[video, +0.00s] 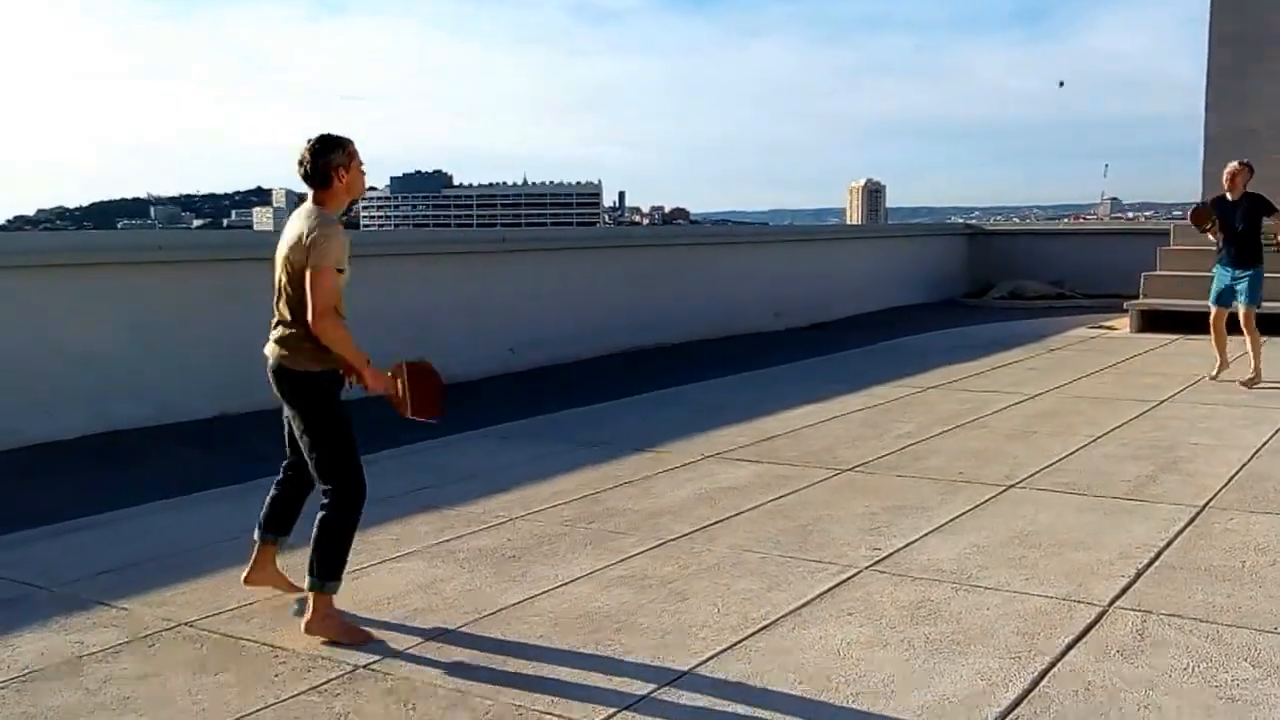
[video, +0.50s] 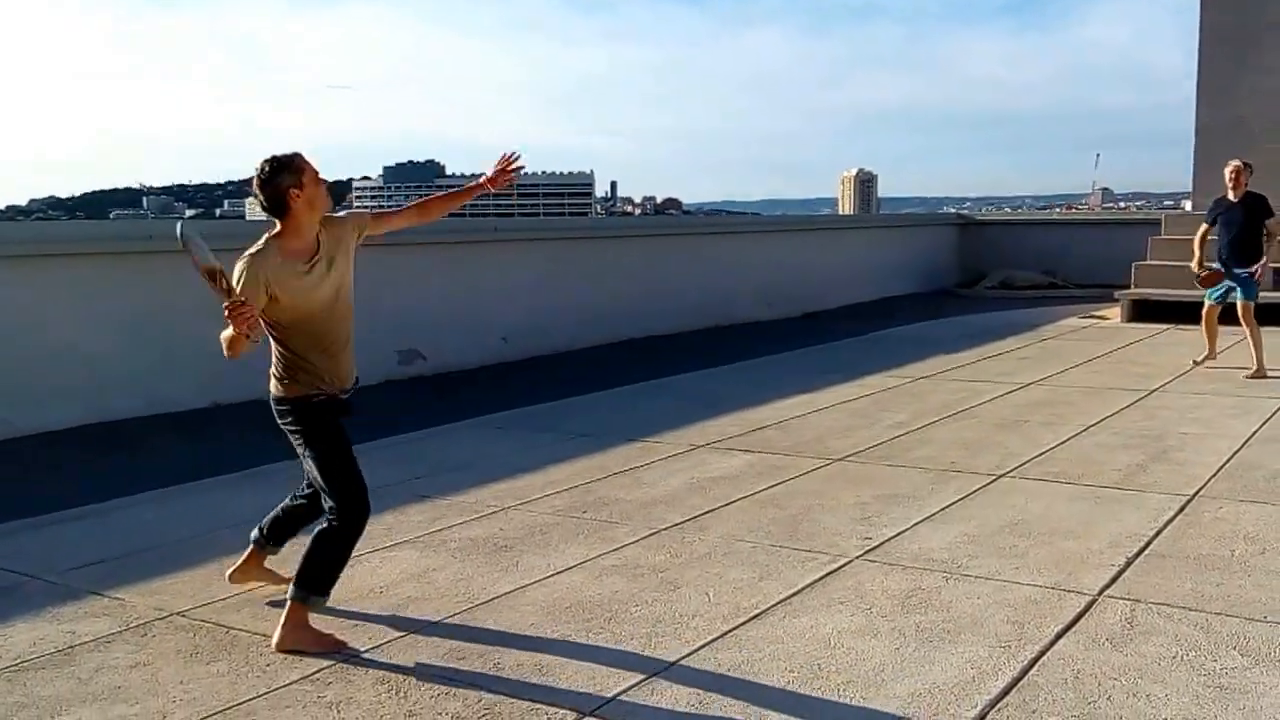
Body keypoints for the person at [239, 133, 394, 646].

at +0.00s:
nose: (364, 175)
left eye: (361, 166)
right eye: (360, 167)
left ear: (323, 176)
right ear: (341, 176)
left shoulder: (303, 221)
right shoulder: (324, 231)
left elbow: (307, 314)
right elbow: (321, 320)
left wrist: (350, 363)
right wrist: (366, 368)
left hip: (289, 366)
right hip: (308, 372)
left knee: (300, 470)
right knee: (346, 487)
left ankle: (262, 563)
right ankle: (320, 610)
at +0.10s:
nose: (359, 186)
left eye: (355, 179)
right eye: (352, 180)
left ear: (327, 192)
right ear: (334, 192)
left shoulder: (332, 241)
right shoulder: (301, 251)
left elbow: (350, 312)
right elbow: (283, 340)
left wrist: (406, 347)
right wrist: (334, 390)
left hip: (308, 386)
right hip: (294, 391)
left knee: (295, 483)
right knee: (354, 494)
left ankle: (248, 574)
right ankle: (321, 615)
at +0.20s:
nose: (349, 187)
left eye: (345, 180)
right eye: (342, 182)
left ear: (319, 196)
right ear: (324, 195)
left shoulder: (342, 247)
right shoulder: (285, 255)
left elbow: (394, 293)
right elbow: (252, 340)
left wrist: (455, 319)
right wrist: (299, 395)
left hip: (311, 386)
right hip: (284, 390)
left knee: (294, 483)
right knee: (356, 482)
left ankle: (245, 577)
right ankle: (322, 603)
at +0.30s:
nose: (335, 183)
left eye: (330, 176)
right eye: (328, 178)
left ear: (310, 196)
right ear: (309, 195)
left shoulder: (338, 235)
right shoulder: (267, 259)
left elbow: (406, 260)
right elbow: (226, 336)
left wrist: (475, 272)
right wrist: (275, 379)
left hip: (317, 382)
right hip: (287, 389)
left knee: (295, 481)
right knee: (356, 482)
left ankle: (245, 575)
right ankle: (316, 608)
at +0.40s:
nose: (325, 181)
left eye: (318, 175)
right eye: (317, 177)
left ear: (300, 197)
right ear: (297, 196)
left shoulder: (339, 232)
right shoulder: (256, 263)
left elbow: (417, 232)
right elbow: (218, 339)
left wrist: (482, 219)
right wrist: (248, 351)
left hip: (326, 390)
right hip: (297, 396)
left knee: (293, 487)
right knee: (349, 504)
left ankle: (244, 573)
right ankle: (296, 628)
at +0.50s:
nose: (325, 182)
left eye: (318, 175)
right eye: (316, 178)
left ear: (296, 197)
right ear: (297, 195)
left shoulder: (343, 229)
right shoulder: (257, 265)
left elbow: (418, 212)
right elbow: (232, 347)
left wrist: (482, 185)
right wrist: (240, 332)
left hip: (337, 391)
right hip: (298, 399)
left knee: (318, 493)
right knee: (351, 507)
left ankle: (251, 563)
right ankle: (294, 624)